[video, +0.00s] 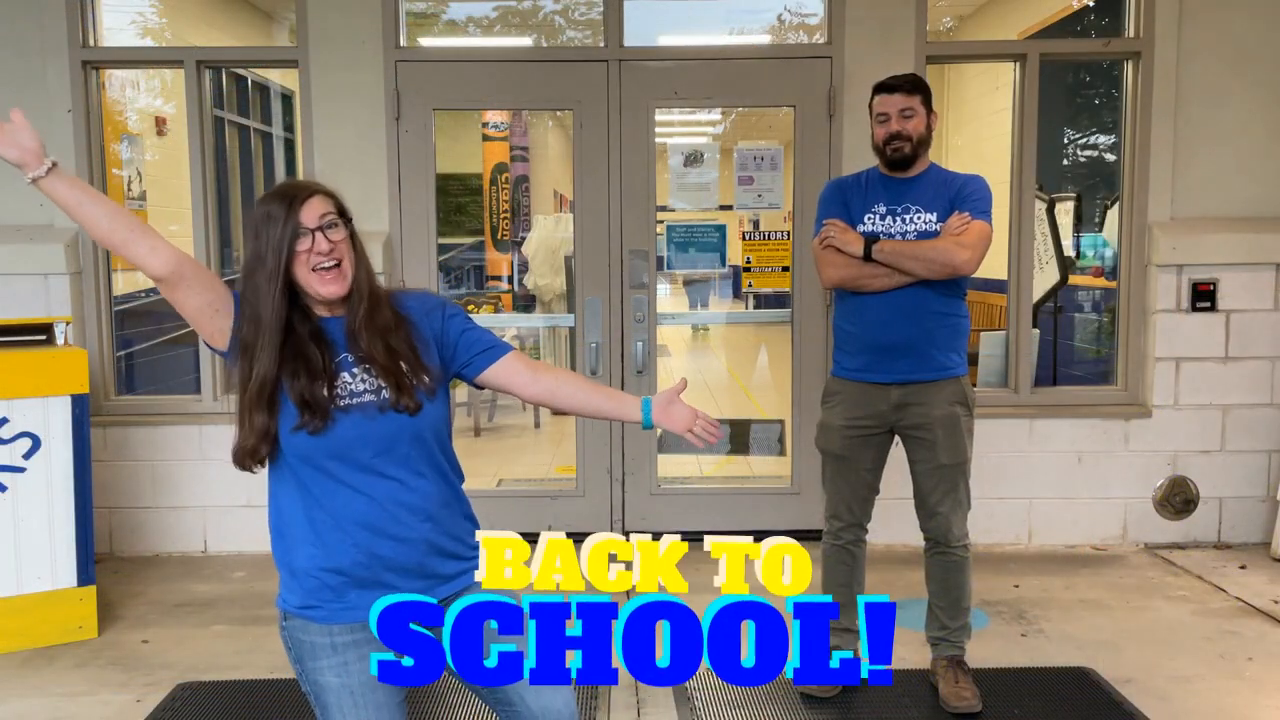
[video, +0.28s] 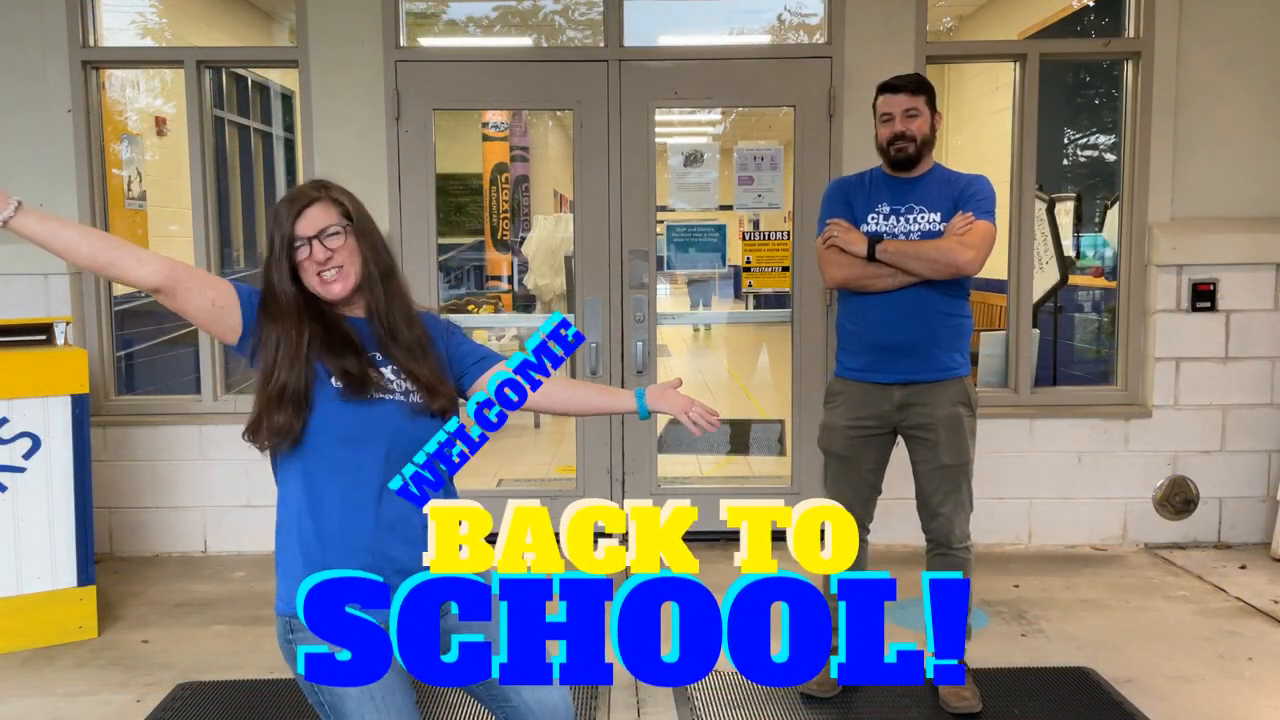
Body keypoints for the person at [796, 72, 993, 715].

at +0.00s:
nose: (893, 127)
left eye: (906, 116)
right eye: (882, 118)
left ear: (929, 122)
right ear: (870, 128)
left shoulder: (965, 189)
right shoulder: (842, 193)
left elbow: (961, 262)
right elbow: (832, 273)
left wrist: (864, 242)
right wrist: (932, 258)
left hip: (937, 385)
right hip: (855, 385)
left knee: (947, 531)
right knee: (843, 526)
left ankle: (950, 658)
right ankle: (837, 654)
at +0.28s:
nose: (898, 127)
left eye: (910, 116)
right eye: (886, 118)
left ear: (933, 122)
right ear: (874, 127)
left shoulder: (969, 189)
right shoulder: (845, 193)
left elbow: (964, 262)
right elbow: (835, 273)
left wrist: (867, 242)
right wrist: (935, 259)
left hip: (941, 385)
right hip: (857, 385)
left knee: (949, 533)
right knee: (840, 527)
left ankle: (951, 666)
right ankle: (830, 657)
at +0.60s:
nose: (904, 127)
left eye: (917, 116)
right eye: (892, 118)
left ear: (940, 123)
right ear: (880, 127)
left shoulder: (975, 190)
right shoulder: (851, 193)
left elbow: (972, 262)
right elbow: (841, 274)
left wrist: (875, 243)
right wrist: (942, 260)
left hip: (946, 386)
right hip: (863, 385)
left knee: (951, 532)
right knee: (843, 527)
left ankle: (949, 664)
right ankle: (833, 655)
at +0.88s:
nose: (908, 133)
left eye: (921, 122)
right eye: (897, 123)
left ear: (944, 130)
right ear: (884, 133)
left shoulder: (984, 195)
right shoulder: (857, 198)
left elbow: (1009, 286)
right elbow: (835, 288)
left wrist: (931, 296)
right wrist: (942, 270)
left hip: (956, 393)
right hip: (870, 392)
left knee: (965, 537)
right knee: (837, 529)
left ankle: (953, 665)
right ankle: (826, 652)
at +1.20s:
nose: (855, 158)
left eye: (868, 147)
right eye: (845, 146)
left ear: (893, 155)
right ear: (831, 156)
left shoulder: (933, 184)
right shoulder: (813, 218)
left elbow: (1026, 155)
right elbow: (741, 236)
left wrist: (1091, 103)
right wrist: (669, 259)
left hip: (947, 410)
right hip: (860, 411)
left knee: (986, 546)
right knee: (809, 531)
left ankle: (955, 662)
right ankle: (809, 653)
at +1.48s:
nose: (815, 205)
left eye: (830, 193)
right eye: (806, 192)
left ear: (853, 197)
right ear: (793, 195)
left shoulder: (894, 222)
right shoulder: (786, 259)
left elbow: (993, 187)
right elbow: (736, 293)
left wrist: (1079, 133)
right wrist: (663, 296)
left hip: (924, 431)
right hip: (842, 435)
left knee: (967, 568)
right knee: (796, 545)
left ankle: (953, 668)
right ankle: (807, 659)